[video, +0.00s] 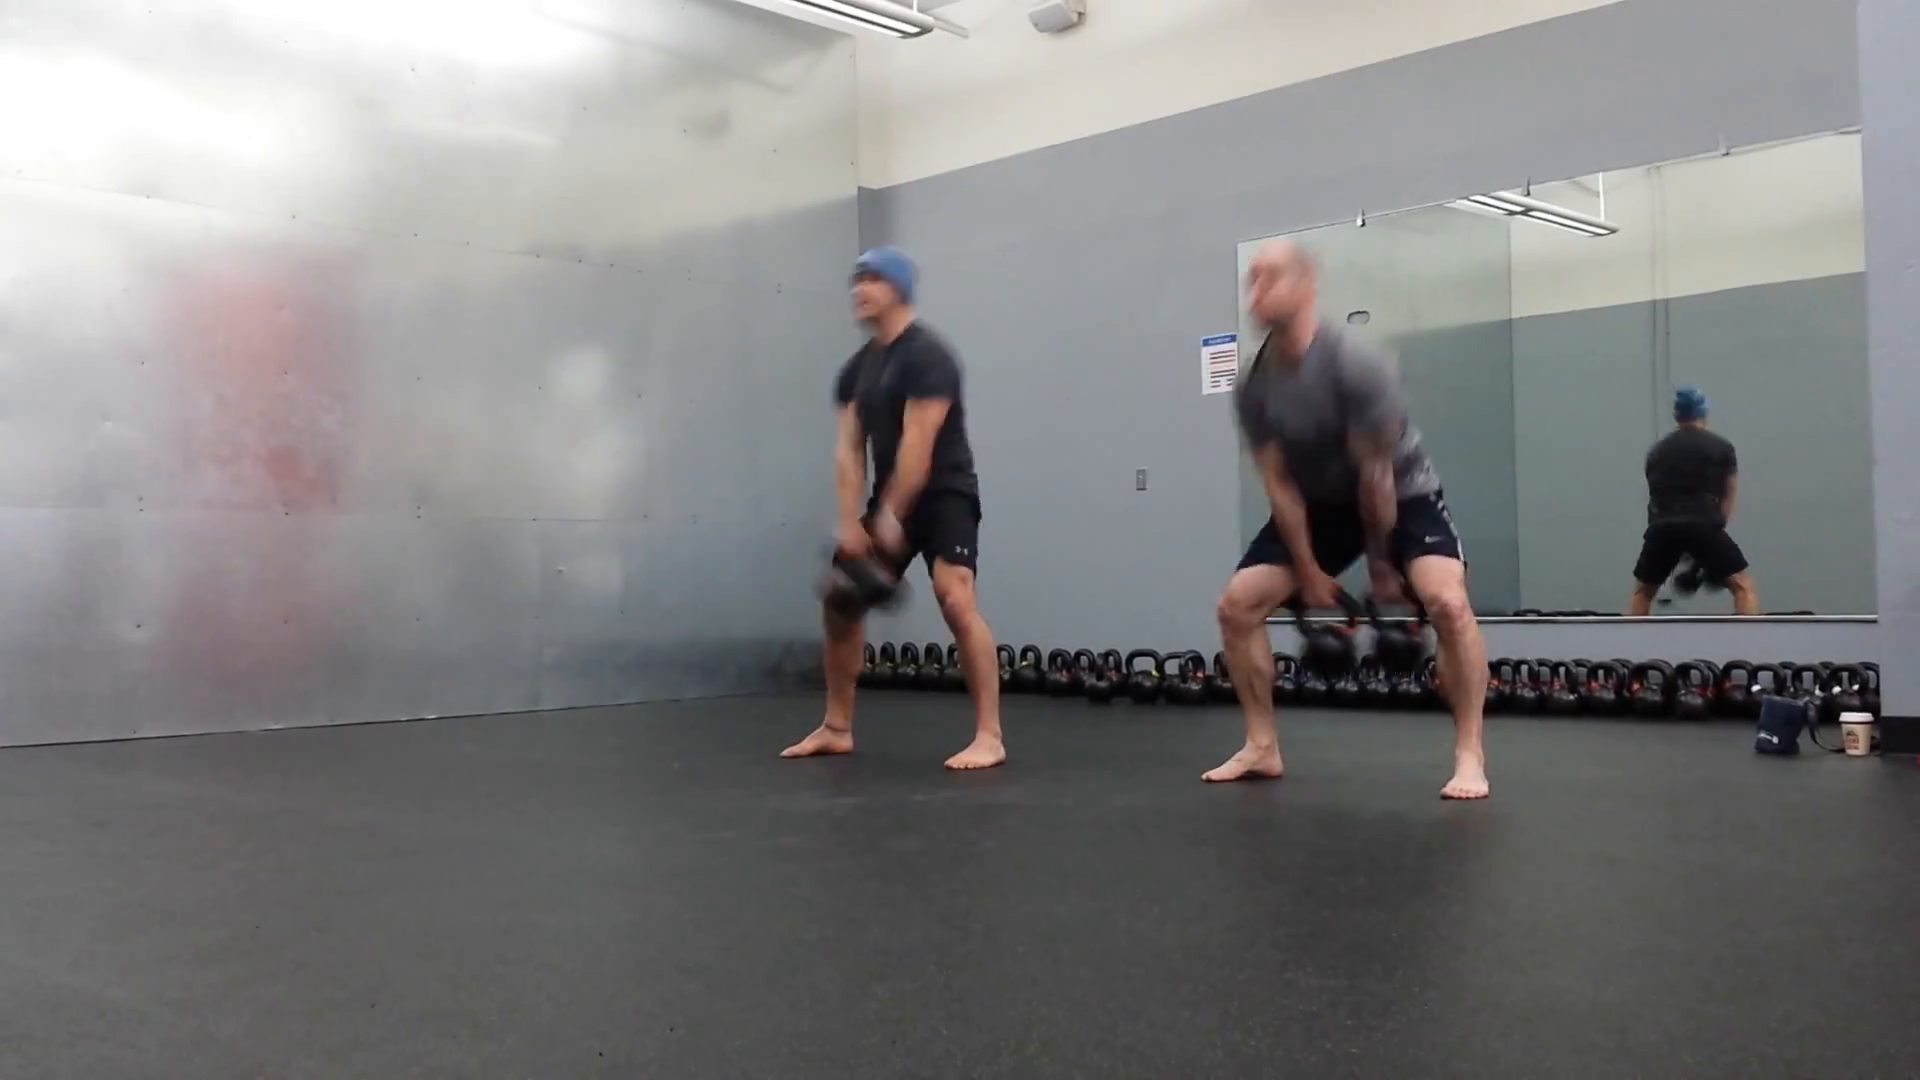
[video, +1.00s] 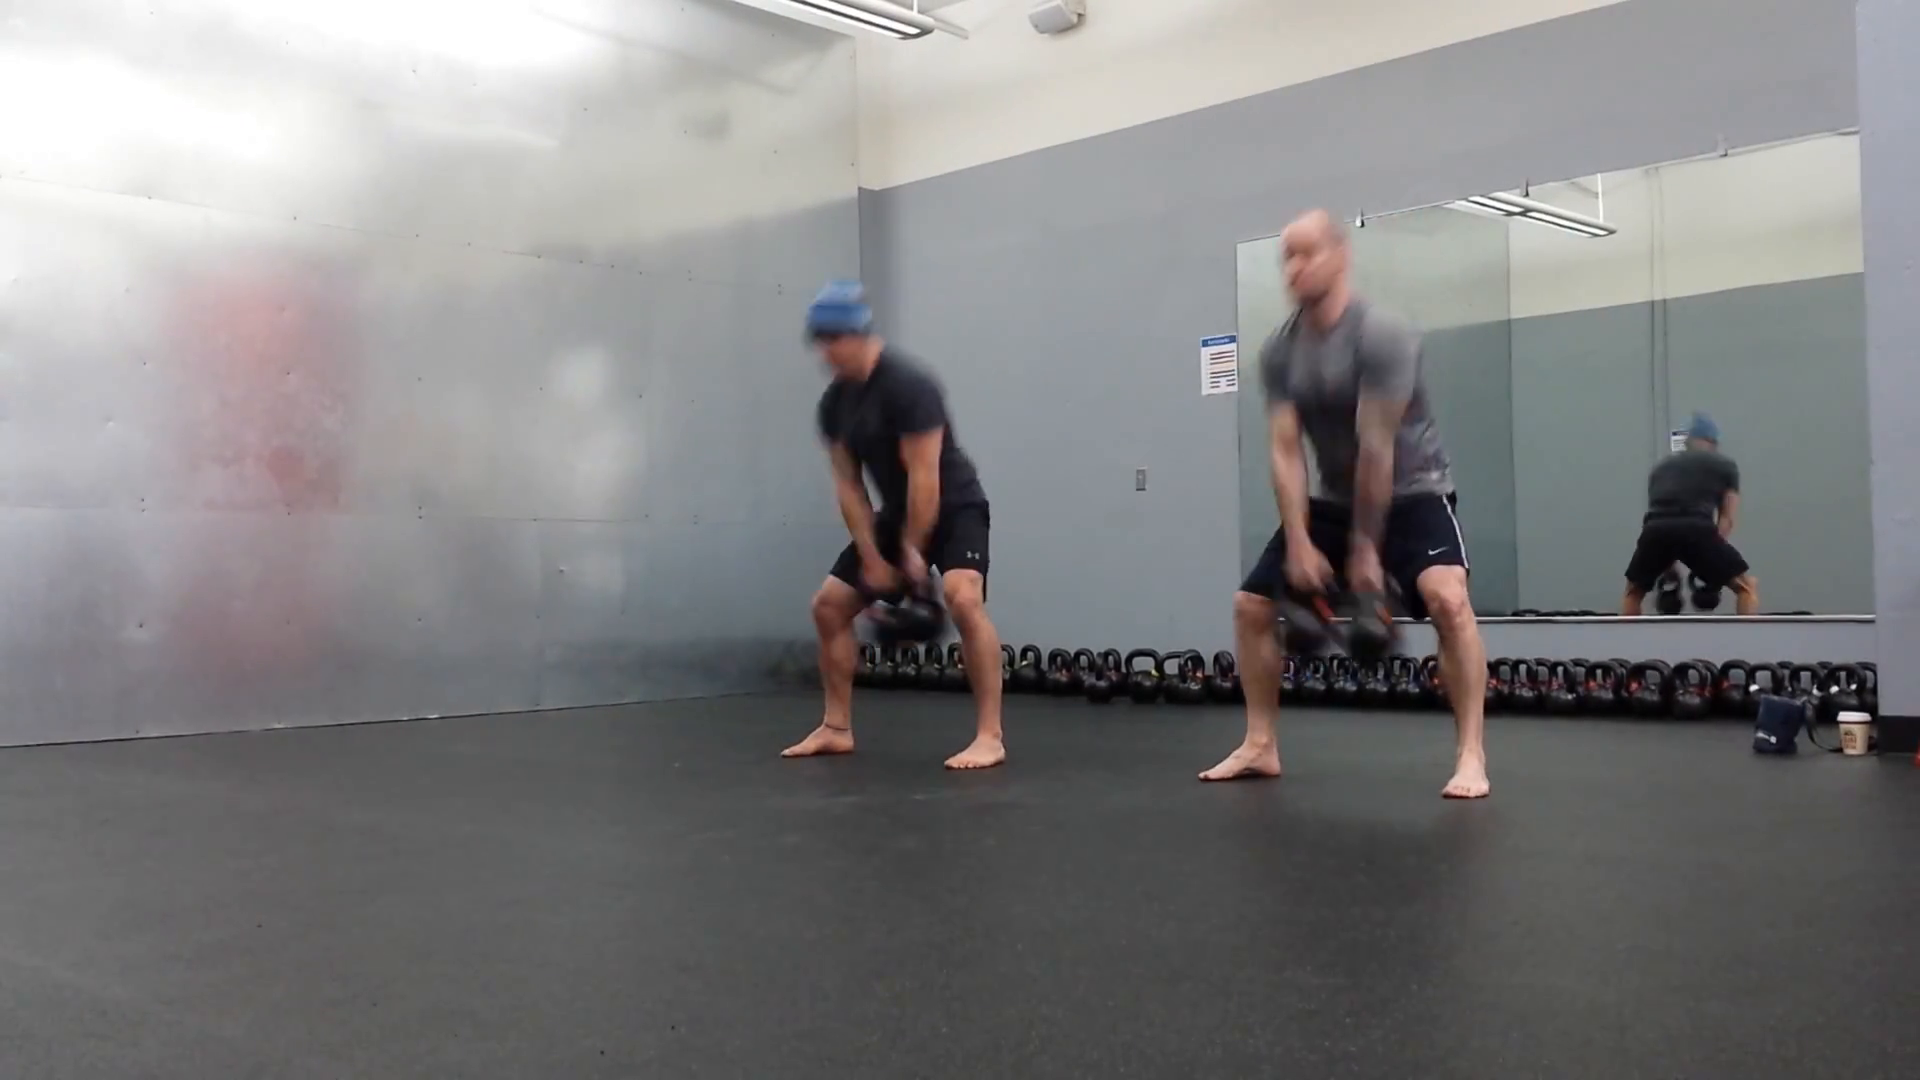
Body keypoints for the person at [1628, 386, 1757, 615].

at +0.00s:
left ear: (1676, 416)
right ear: (1704, 414)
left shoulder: (1657, 451)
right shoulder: (1721, 448)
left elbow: (1658, 498)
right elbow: (1728, 500)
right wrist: (1711, 531)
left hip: (1663, 529)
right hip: (1705, 528)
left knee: (1643, 593)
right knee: (1742, 587)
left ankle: (1633, 646)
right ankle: (1749, 646)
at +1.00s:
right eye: (1712, 443)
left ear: (1687, 440)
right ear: (1713, 443)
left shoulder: (1662, 465)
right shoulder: (1723, 465)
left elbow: (1658, 520)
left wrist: (1670, 574)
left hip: (1656, 532)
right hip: (1698, 533)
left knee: (1633, 594)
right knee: (1746, 587)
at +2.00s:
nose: (1703, 413)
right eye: (1703, 408)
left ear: (1677, 410)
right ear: (1706, 410)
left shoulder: (1660, 435)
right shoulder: (1715, 432)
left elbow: (1653, 395)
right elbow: (1730, 386)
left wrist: (1658, 355)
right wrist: (1724, 344)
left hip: (1674, 526)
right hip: (1713, 524)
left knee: (1653, 597)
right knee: (1729, 592)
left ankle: (1620, 651)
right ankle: (1745, 655)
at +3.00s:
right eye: (1687, 402)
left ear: (1663, 408)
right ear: (1690, 405)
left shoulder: (1648, 445)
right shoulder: (1706, 438)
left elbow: (1645, 447)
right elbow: (1747, 446)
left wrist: (1646, 429)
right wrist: (1732, 415)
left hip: (1669, 528)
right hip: (1708, 526)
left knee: (1651, 594)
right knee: (1727, 589)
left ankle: (1624, 647)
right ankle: (1744, 647)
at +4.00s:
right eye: (1699, 428)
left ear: (1674, 428)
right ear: (1701, 428)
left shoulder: (1650, 456)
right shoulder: (1715, 453)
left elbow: (1646, 500)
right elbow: (1726, 506)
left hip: (1652, 532)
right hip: (1694, 531)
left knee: (1636, 594)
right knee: (1736, 587)